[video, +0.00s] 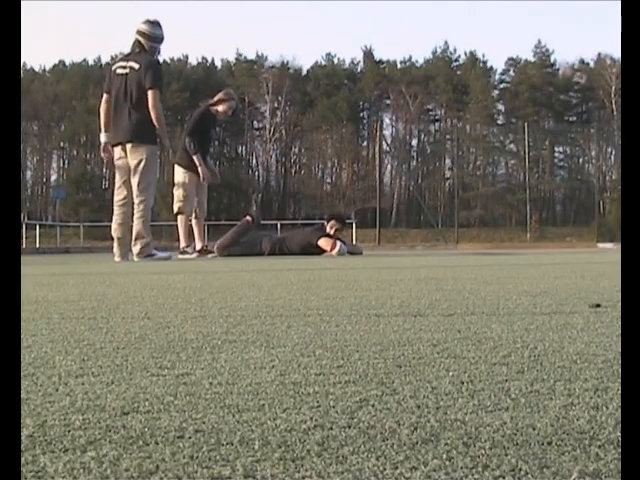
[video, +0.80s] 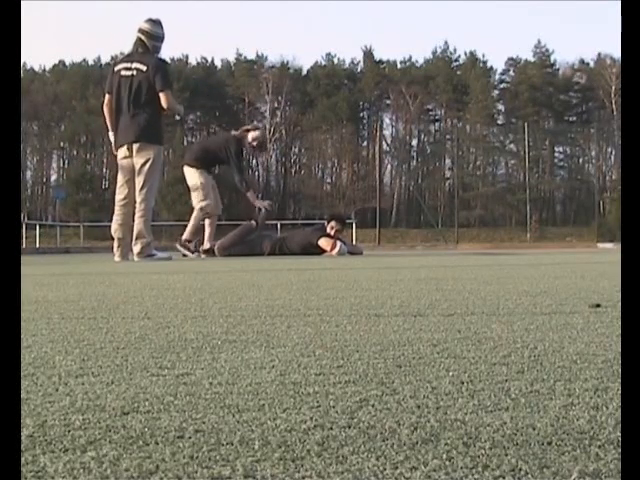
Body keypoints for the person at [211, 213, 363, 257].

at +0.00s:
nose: (335, 233)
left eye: (338, 231)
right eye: (334, 229)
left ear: (339, 230)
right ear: (327, 225)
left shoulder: (328, 235)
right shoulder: (318, 235)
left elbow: (357, 250)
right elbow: (336, 248)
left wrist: (341, 247)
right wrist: (345, 247)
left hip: (269, 241)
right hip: (265, 245)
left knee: (224, 246)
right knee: (221, 250)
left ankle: (204, 248)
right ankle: (246, 222)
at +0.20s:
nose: (334, 233)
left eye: (338, 230)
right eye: (333, 228)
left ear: (339, 230)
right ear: (327, 224)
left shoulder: (329, 235)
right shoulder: (318, 235)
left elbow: (357, 250)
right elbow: (336, 248)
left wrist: (342, 247)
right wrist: (342, 247)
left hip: (269, 242)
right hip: (265, 245)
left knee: (226, 246)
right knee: (221, 250)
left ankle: (205, 248)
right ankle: (246, 222)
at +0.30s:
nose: (335, 233)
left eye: (338, 230)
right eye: (334, 228)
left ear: (339, 230)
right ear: (327, 224)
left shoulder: (331, 236)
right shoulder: (318, 234)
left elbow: (358, 250)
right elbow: (338, 249)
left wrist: (341, 247)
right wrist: (343, 247)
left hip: (271, 242)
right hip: (266, 244)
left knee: (225, 248)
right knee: (220, 250)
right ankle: (247, 222)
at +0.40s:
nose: (335, 232)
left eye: (338, 230)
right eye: (334, 228)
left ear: (340, 230)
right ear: (327, 224)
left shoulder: (331, 237)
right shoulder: (318, 234)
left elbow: (358, 250)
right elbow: (337, 248)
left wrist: (341, 247)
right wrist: (343, 247)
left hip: (270, 242)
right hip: (266, 245)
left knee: (227, 247)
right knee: (220, 250)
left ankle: (204, 250)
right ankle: (246, 222)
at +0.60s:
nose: (335, 233)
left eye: (338, 231)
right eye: (333, 229)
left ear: (340, 231)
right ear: (327, 224)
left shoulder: (332, 237)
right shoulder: (317, 234)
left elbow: (358, 250)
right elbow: (337, 248)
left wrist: (341, 248)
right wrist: (342, 247)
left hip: (272, 242)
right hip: (267, 245)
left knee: (224, 247)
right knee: (220, 250)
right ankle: (247, 221)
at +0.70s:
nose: (335, 233)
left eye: (338, 231)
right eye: (333, 229)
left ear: (340, 231)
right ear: (327, 224)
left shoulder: (332, 237)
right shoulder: (318, 235)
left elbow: (358, 250)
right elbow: (338, 249)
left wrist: (341, 247)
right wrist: (343, 247)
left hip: (272, 243)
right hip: (268, 245)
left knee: (225, 248)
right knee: (220, 250)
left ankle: (254, 223)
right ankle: (251, 222)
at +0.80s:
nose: (334, 233)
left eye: (338, 231)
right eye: (333, 229)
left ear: (339, 231)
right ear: (327, 224)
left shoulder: (331, 237)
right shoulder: (318, 235)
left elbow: (358, 251)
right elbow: (337, 249)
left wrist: (342, 246)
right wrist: (341, 248)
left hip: (273, 242)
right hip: (268, 245)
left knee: (227, 248)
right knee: (220, 250)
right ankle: (252, 223)